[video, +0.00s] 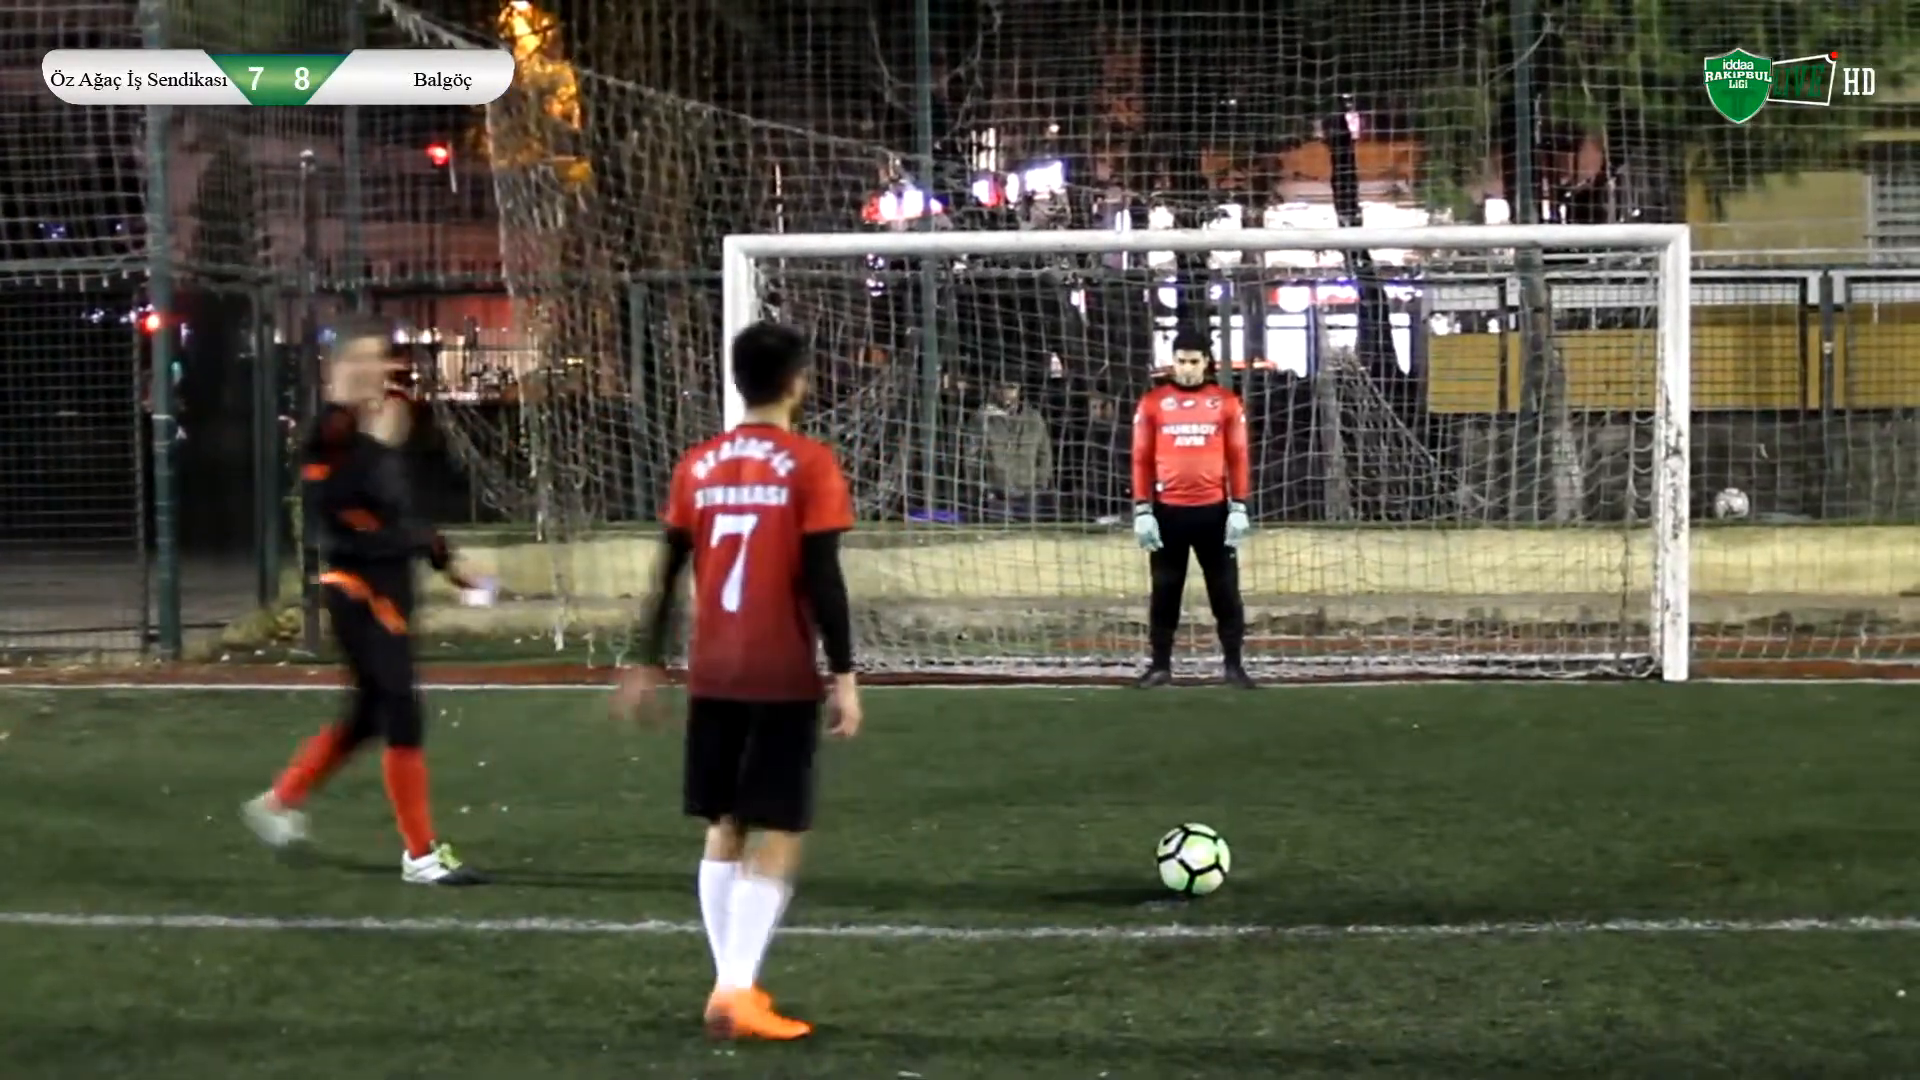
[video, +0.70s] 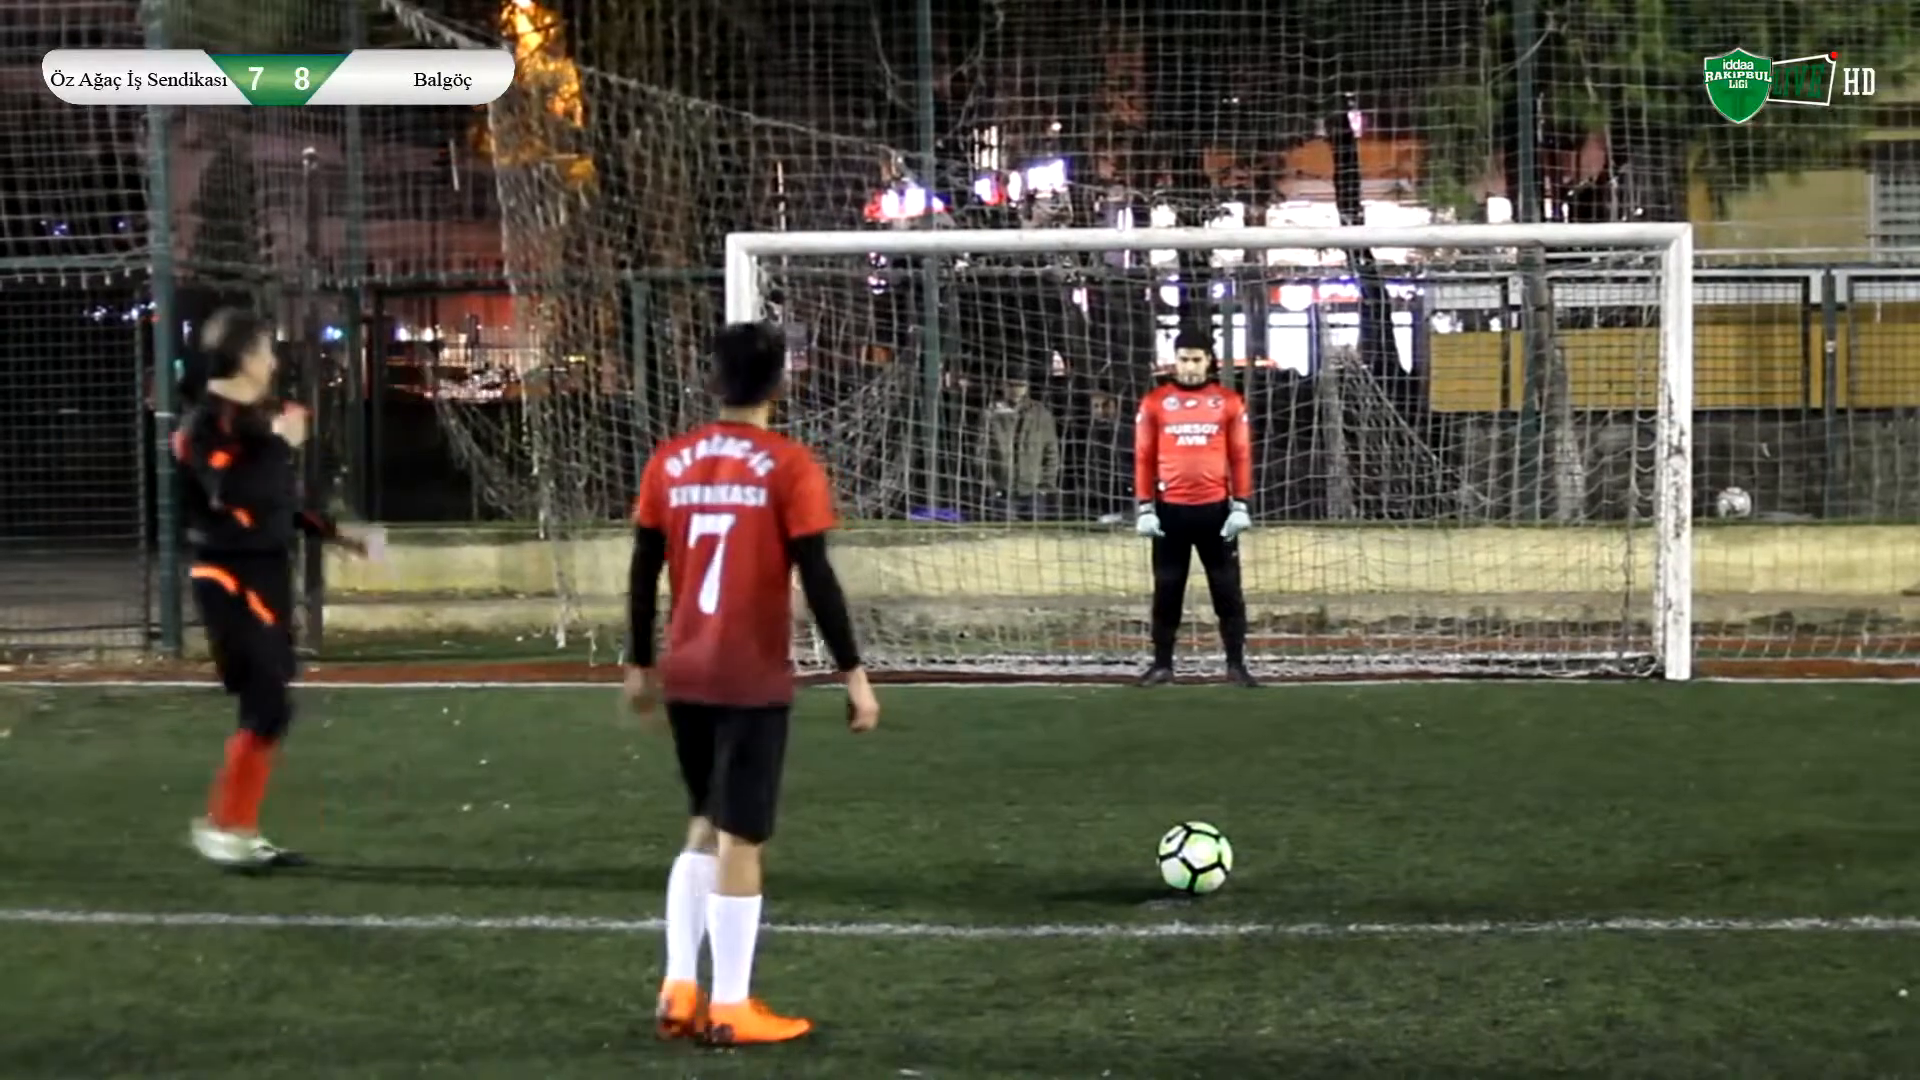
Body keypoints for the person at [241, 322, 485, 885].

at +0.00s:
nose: (382, 384)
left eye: (386, 374)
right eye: (371, 373)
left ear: (388, 379)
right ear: (344, 376)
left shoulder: (390, 435)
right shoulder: (335, 434)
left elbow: (409, 516)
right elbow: (341, 520)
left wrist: (449, 564)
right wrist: (418, 542)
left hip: (384, 585)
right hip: (353, 587)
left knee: (371, 708)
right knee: (401, 707)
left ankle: (279, 802)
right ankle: (420, 853)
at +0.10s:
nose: (359, 374)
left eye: (363, 363)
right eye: (347, 363)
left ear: (366, 368)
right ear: (318, 369)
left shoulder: (360, 431)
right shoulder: (305, 432)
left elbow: (386, 512)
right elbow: (311, 497)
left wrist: (436, 568)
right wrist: (357, 440)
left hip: (371, 587)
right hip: (334, 589)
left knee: (343, 714)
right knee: (389, 711)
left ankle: (261, 817)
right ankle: (418, 851)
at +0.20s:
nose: (356, 399)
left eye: (353, 388)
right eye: (347, 389)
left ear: (334, 397)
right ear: (328, 395)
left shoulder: (340, 449)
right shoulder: (314, 448)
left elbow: (370, 521)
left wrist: (420, 568)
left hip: (337, 594)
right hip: (323, 596)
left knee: (319, 714)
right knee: (367, 711)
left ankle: (247, 826)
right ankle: (411, 845)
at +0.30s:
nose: (332, 381)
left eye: (335, 371)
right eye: (322, 370)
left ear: (335, 378)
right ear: (289, 374)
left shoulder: (326, 437)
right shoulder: (270, 437)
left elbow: (346, 518)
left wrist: (395, 570)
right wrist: (327, 436)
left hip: (330, 589)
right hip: (288, 591)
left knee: (295, 713)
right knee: (346, 708)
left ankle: (239, 833)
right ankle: (399, 842)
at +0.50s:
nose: (309, 373)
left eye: (308, 362)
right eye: (301, 362)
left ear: (279, 369)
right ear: (270, 368)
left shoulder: (287, 428)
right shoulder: (234, 431)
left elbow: (307, 516)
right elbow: (273, 507)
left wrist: (355, 564)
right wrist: (306, 451)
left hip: (293, 582)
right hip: (255, 585)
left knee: (275, 705)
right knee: (316, 700)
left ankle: (237, 836)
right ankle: (326, 841)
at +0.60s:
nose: (292, 367)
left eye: (291, 356)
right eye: (282, 356)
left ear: (271, 364)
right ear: (255, 362)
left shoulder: (269, 424)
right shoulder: (228, 424)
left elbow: (293, 509)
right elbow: (257, 502)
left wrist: (346, 551)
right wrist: (294, 449)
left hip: (277, 578)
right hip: (244, 580)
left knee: (272, 703)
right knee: (287, 698)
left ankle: (240, 833)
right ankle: (282, 834)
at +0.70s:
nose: (274, 361)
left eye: (272, 349)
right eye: (265, 350)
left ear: (237, 358)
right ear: (241, 356)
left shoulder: (252, 420)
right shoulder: (209, 422)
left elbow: (281, 503)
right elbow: (235, 493)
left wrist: (336, 534)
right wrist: (282, 443)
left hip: (261, 572)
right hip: (225, 573)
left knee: (271, 699)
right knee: (265, 697)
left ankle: (240, 828)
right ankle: (220, 824)